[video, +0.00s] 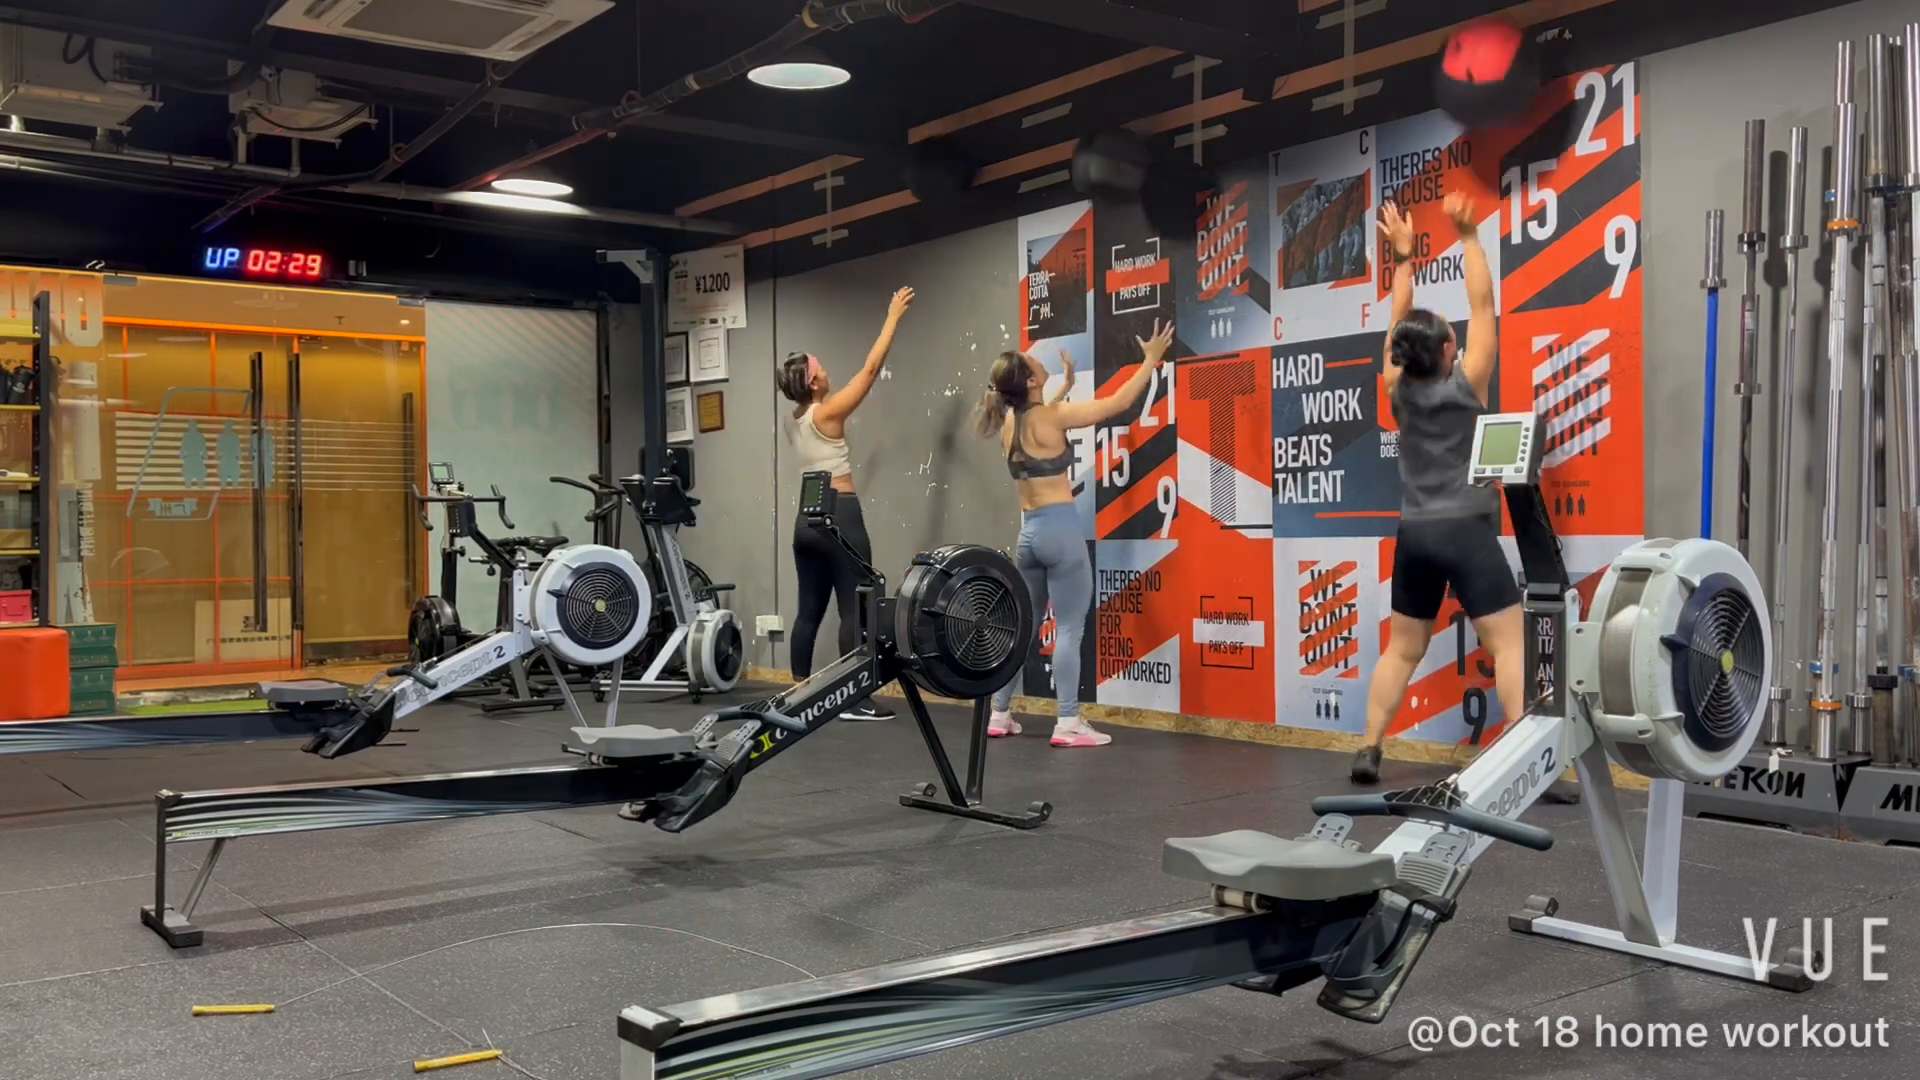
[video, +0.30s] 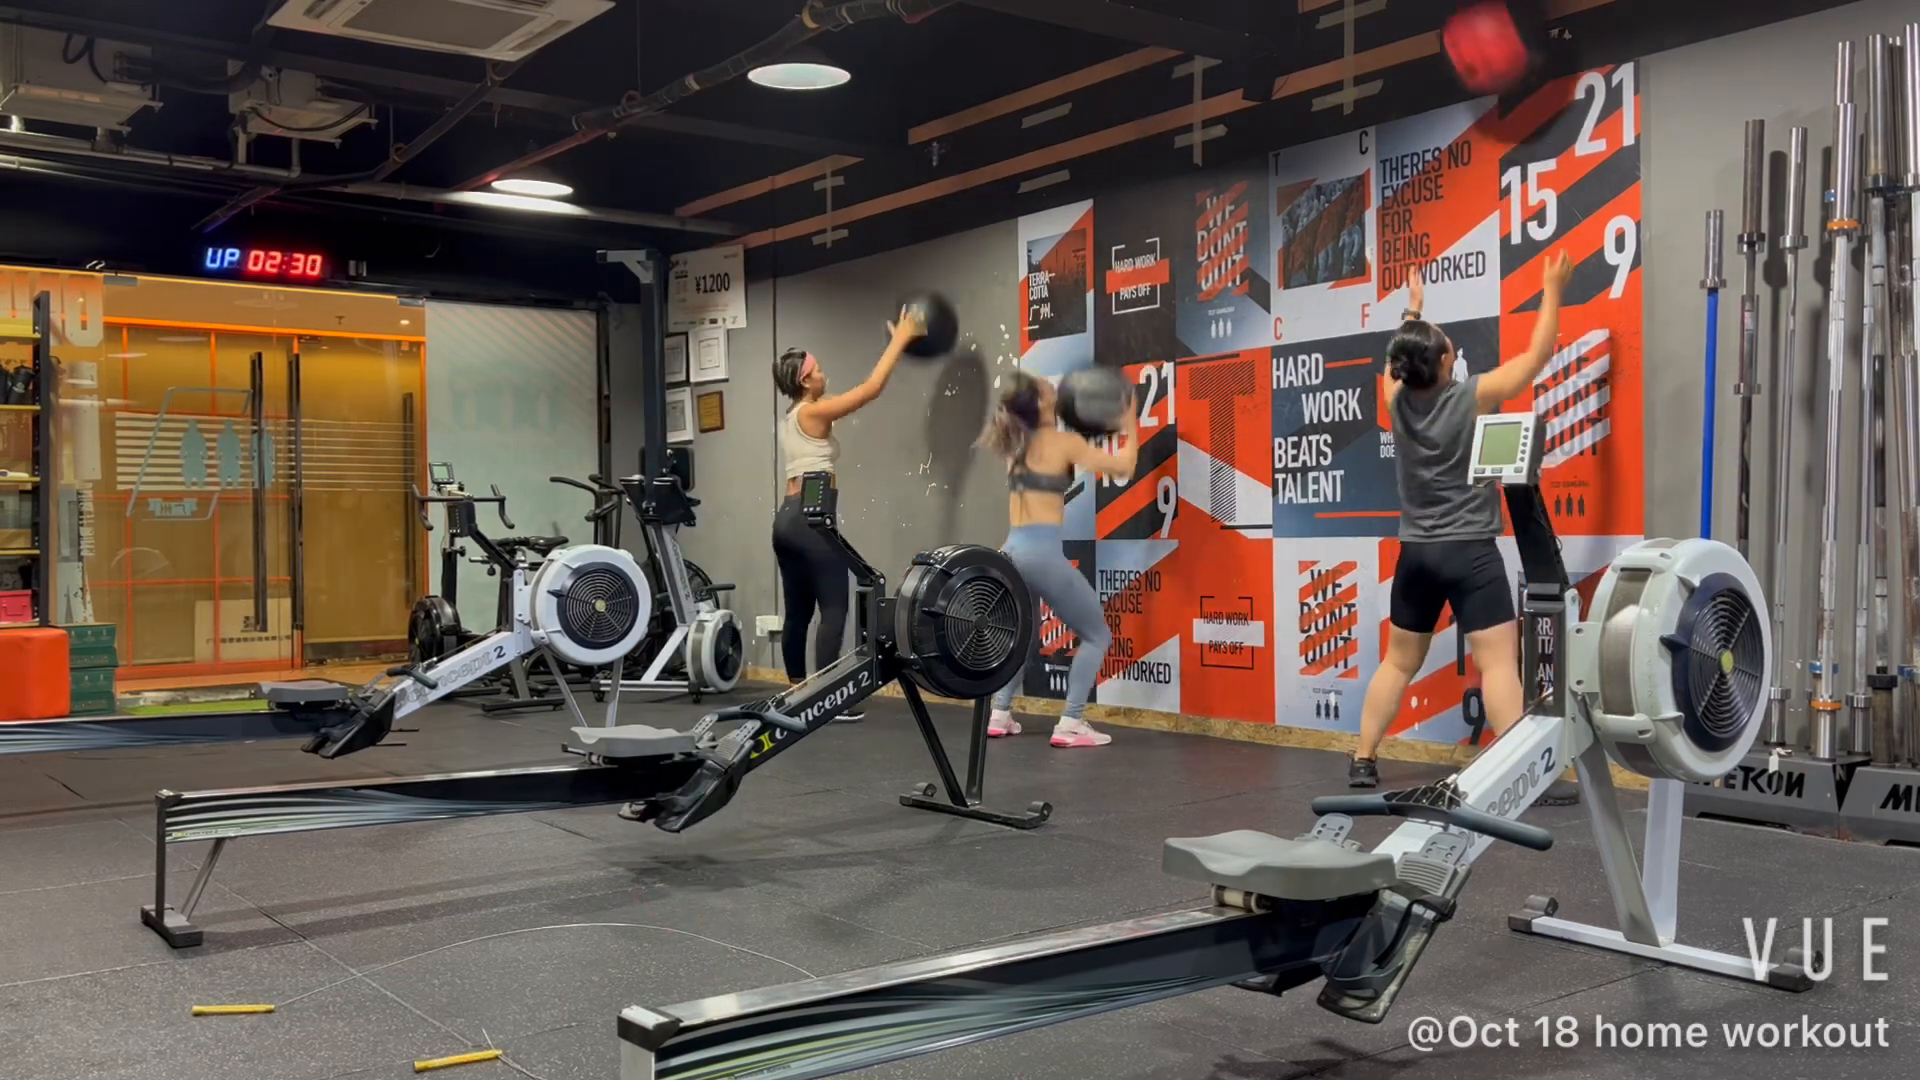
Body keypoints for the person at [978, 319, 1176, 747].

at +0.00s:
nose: (1044, 375)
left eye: (1038, 370)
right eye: (1038, 372)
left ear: (1013, 389)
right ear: (1029, 383)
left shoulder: (1009, 422)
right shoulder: (1055, 414)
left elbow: (1042, 416)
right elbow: (1119, 403)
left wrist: (1063, 386)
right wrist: (1151, 360)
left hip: (1029, 529)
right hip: (1061, 527)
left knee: (1019, 623)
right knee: (1069, 628)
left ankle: (998, 713)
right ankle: (1068, 722)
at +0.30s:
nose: (1053, 391)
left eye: (1048, 386)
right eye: (1047, 389)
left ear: (1021, 410)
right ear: (1040, 405)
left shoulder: (1017, 442)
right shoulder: (1062, 442)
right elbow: (1124, 466)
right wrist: (1130, 423)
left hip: (1012, 550)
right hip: (1043, 554)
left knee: (1018, 632)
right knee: (1097, 635)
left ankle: (999, 714)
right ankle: (1070, 723)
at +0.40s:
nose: (1059, 423)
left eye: (1055, 419)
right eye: (1053, 422)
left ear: (1025, 441)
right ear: (1047, 438)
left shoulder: (1018, 474)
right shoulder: (1069, 476)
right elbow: (1120, 517)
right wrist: (1125, 480)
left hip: (1006, 582)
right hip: (1041, 586)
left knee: (1023, 643)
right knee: (1112, 644)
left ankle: (999, 713)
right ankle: (1073, 723)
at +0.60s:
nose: (1058, 480)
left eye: (1051, 479)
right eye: (1053, 483)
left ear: (1023, 507)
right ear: (1050, 504)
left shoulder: (1017, 537)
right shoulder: (1070, 541)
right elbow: (1117, 588)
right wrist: (1122, 552)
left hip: (1002, 644)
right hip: (1039, 651)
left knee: (1029, 634)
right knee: (1120, 655)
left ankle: (1000, 714)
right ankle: (1073, 723)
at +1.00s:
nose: (1057, 425)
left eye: (1050, 423)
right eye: (1051, 428)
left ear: (1030, 456)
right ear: (1050, 451)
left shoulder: (1025, 484)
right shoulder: (1073, 485)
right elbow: (1124, 527)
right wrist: (1125, 492)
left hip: (1007, 583)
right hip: (1040, 588)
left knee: (1038, 647)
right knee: (1109, 647)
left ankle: (1001, 715)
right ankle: (1072, 723)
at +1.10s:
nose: (1057, 398)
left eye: (1051, 394)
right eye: (1051, 397)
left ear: (1028, 419)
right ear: (1047, 413)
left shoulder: (1025, 449)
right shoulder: (1071, 446)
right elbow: (1126, 483)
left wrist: (1105, 455)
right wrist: (1124, 444)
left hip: (1016, 554)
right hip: (1047, 558)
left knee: (1028, 638)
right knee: (1105, 637)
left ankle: (1002, 712)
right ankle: (1072, 721)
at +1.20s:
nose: (1047, 355)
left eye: (1041, 352)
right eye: (1041, 355)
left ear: (1019, 380)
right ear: (1040, 373)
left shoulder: (1023, 410)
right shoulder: (1068, 404)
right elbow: (1130, 413)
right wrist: (1126, 372)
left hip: (1029, 513)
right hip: (1060, 515)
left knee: (1023, 612)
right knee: (1090, 614)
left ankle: (1004, 694)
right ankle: (1077, 708)